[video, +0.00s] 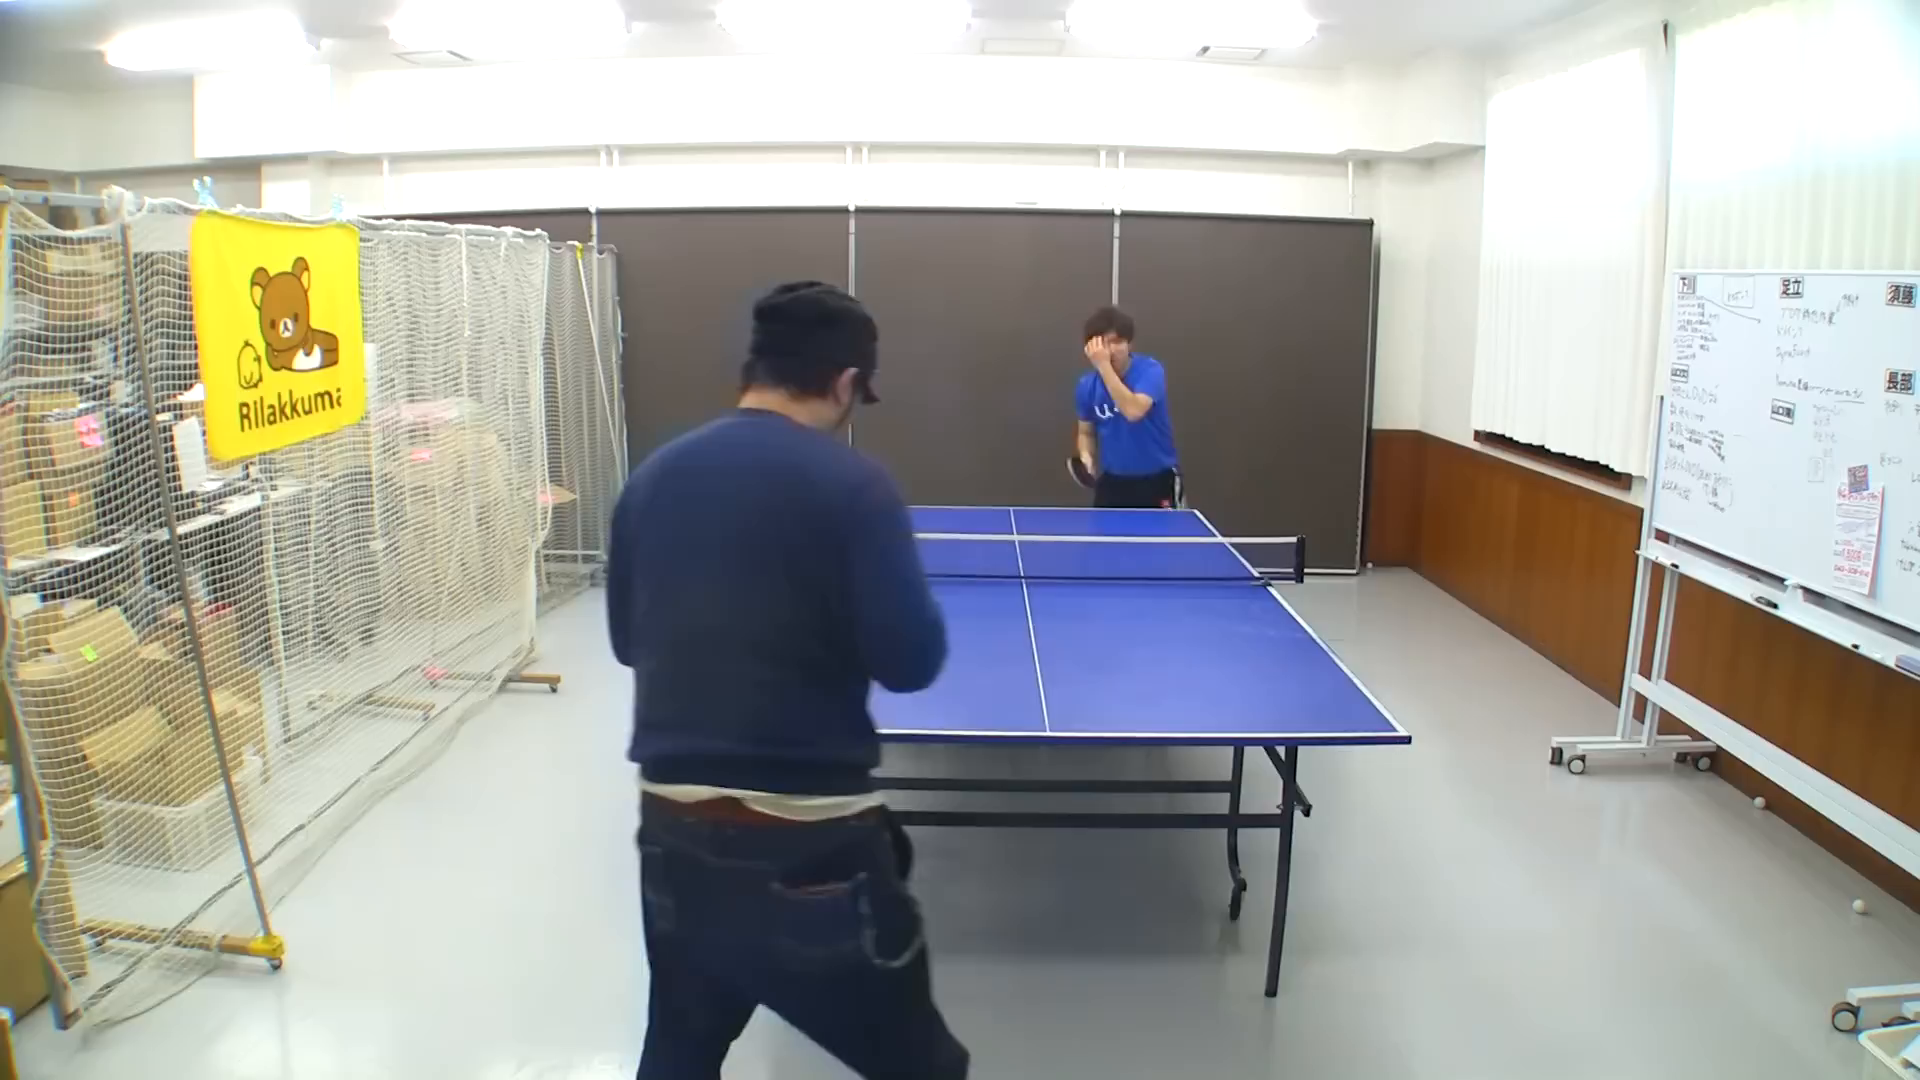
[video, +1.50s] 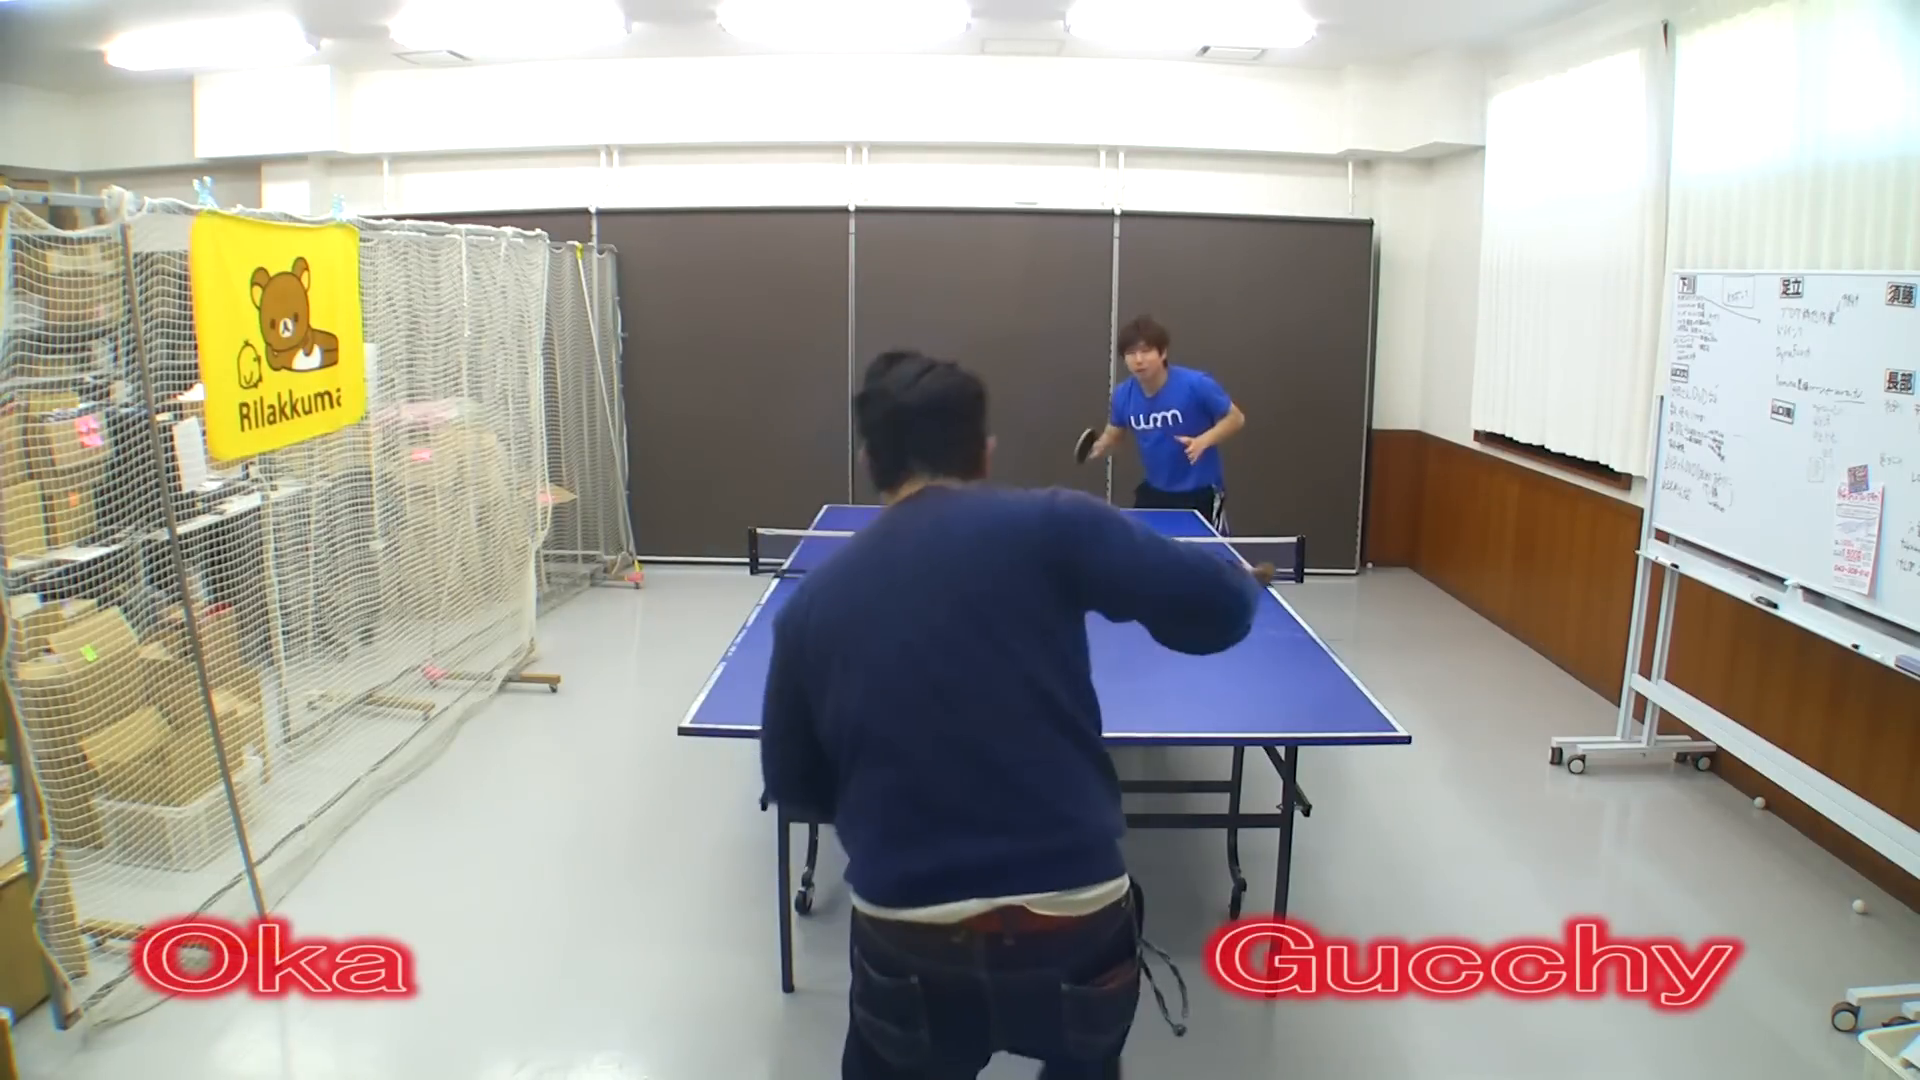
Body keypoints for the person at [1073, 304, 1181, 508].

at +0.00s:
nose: (1111, 351)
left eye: (1118, 342)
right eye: (1103, 343)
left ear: (1130, 344)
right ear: (1092, 349)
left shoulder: (1150, 371)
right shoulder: (1088, 385)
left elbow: (1134, 411)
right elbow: (1085, 432)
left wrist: (1103, 366)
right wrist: (1087, 459)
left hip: (1156, 482)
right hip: (1113, 482)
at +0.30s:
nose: (1162, 391)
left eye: (1170, 384)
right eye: (1155, 383)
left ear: (1182, 388)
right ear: (1145, 386)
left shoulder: (1204, 411)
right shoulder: (1135, 414)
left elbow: (1204, 470)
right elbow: (1135, 454)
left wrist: (1174, 425)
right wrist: (1146, 491)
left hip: (1202, 506)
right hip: (1158, 504)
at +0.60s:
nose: (1179, 404)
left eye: (1189, 397)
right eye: (1173, 395)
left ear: (1201, 402)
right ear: (1163, 397)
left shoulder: (1224, 427)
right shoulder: (1148, 422)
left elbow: (1246, 479)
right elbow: (1148, 460)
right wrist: (1171, 498)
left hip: (1213, 504)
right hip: (1166, 497)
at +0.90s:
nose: (1161, 396)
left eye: (1170, 388)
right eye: (1154, 388)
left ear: (1183, 392)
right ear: (1145, 391)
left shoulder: (1213, 422)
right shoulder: (1135, 419)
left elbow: (1229, 463)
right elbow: (1136, 458)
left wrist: (1198, 500)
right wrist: (1159, 493)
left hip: (1204, 502)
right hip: (1155, 500)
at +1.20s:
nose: (1152, 381)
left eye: (1161, 372)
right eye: (1145, 373)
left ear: (1175, 376)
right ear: (1136, 379)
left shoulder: (1202, 409)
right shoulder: (1127, 410)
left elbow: (1226, 451)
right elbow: (1117, 451)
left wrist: (1189, 475)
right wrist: (1141, 474)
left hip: (1195, 502)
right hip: (1147, 501)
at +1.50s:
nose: (1139, 361)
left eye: (1146, 351)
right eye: (1132, 353)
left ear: (1162, 354)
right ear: (1124, 359)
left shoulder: (1196, 385)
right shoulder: (1123, 395)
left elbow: (1236, 418)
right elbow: (1114, 431)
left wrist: (1203, 441)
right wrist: (1101, 446)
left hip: (1198, 496)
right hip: (1154, 495)